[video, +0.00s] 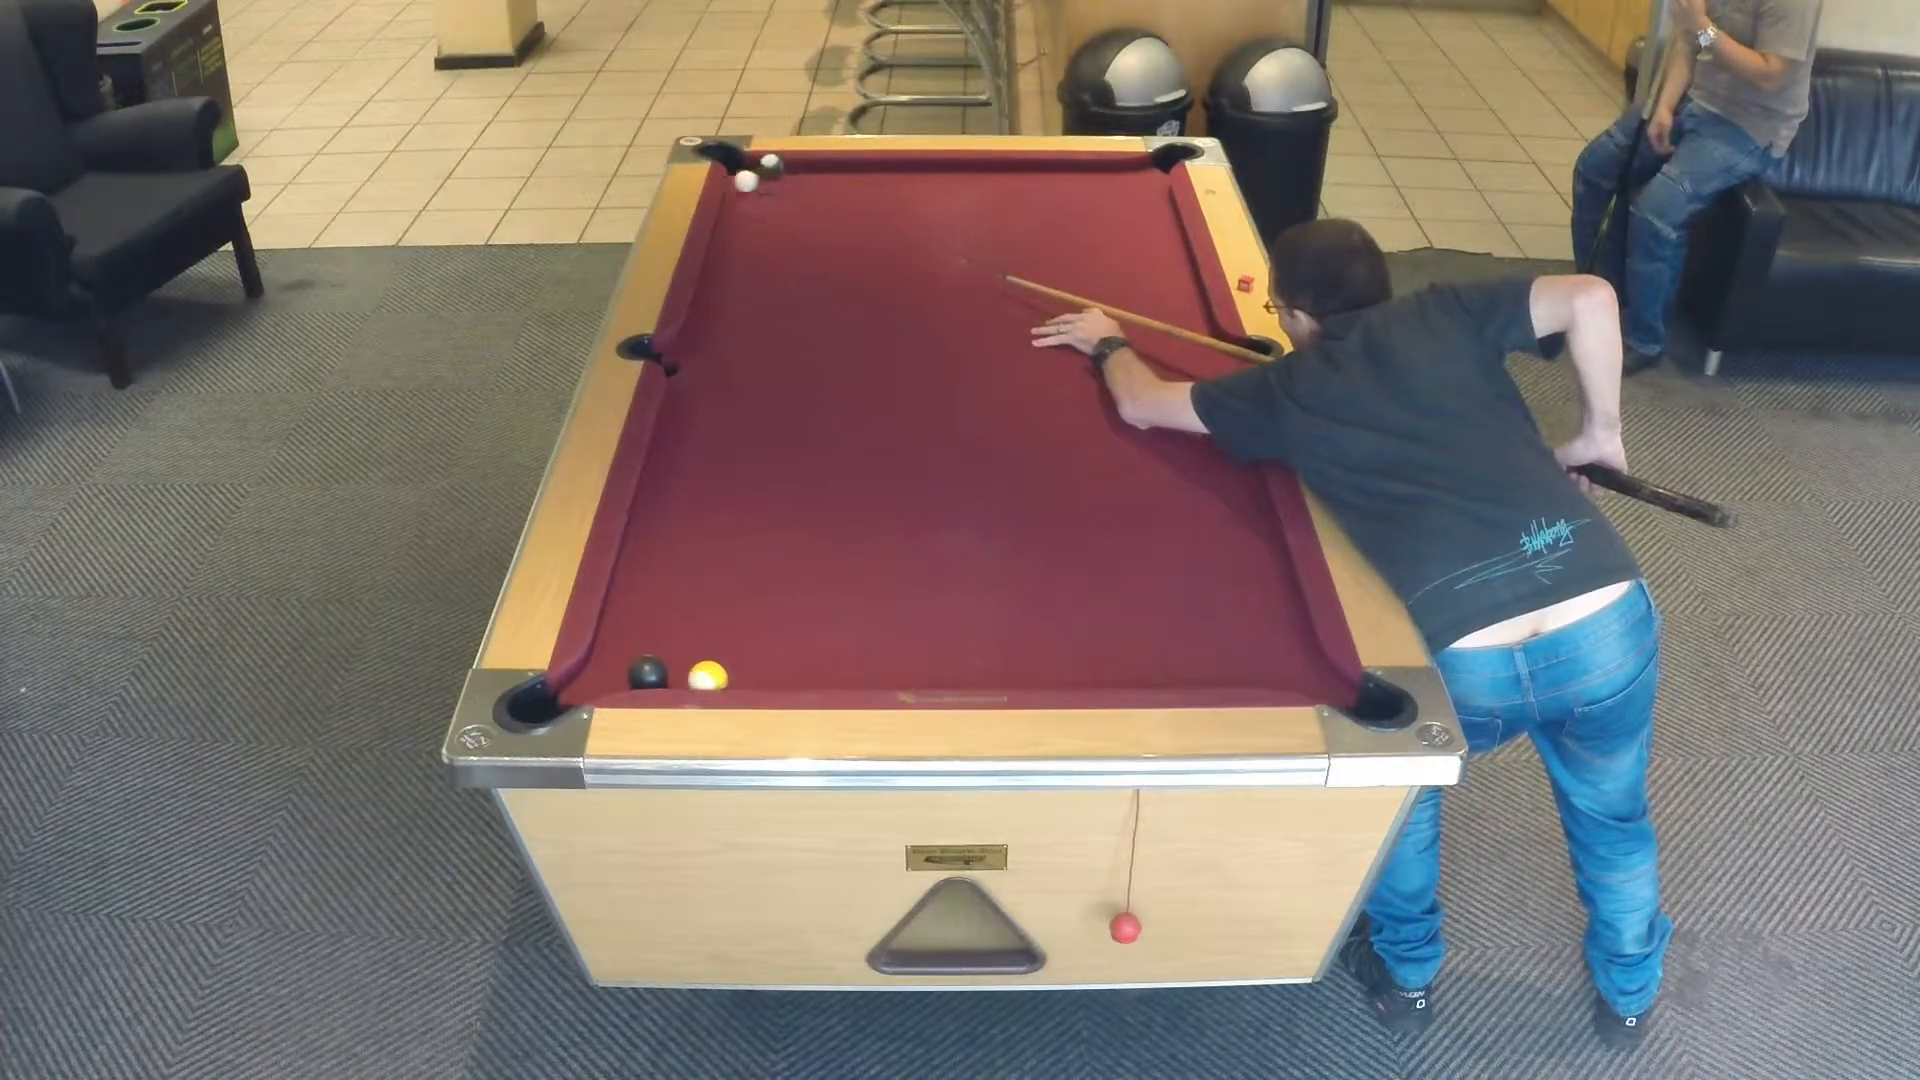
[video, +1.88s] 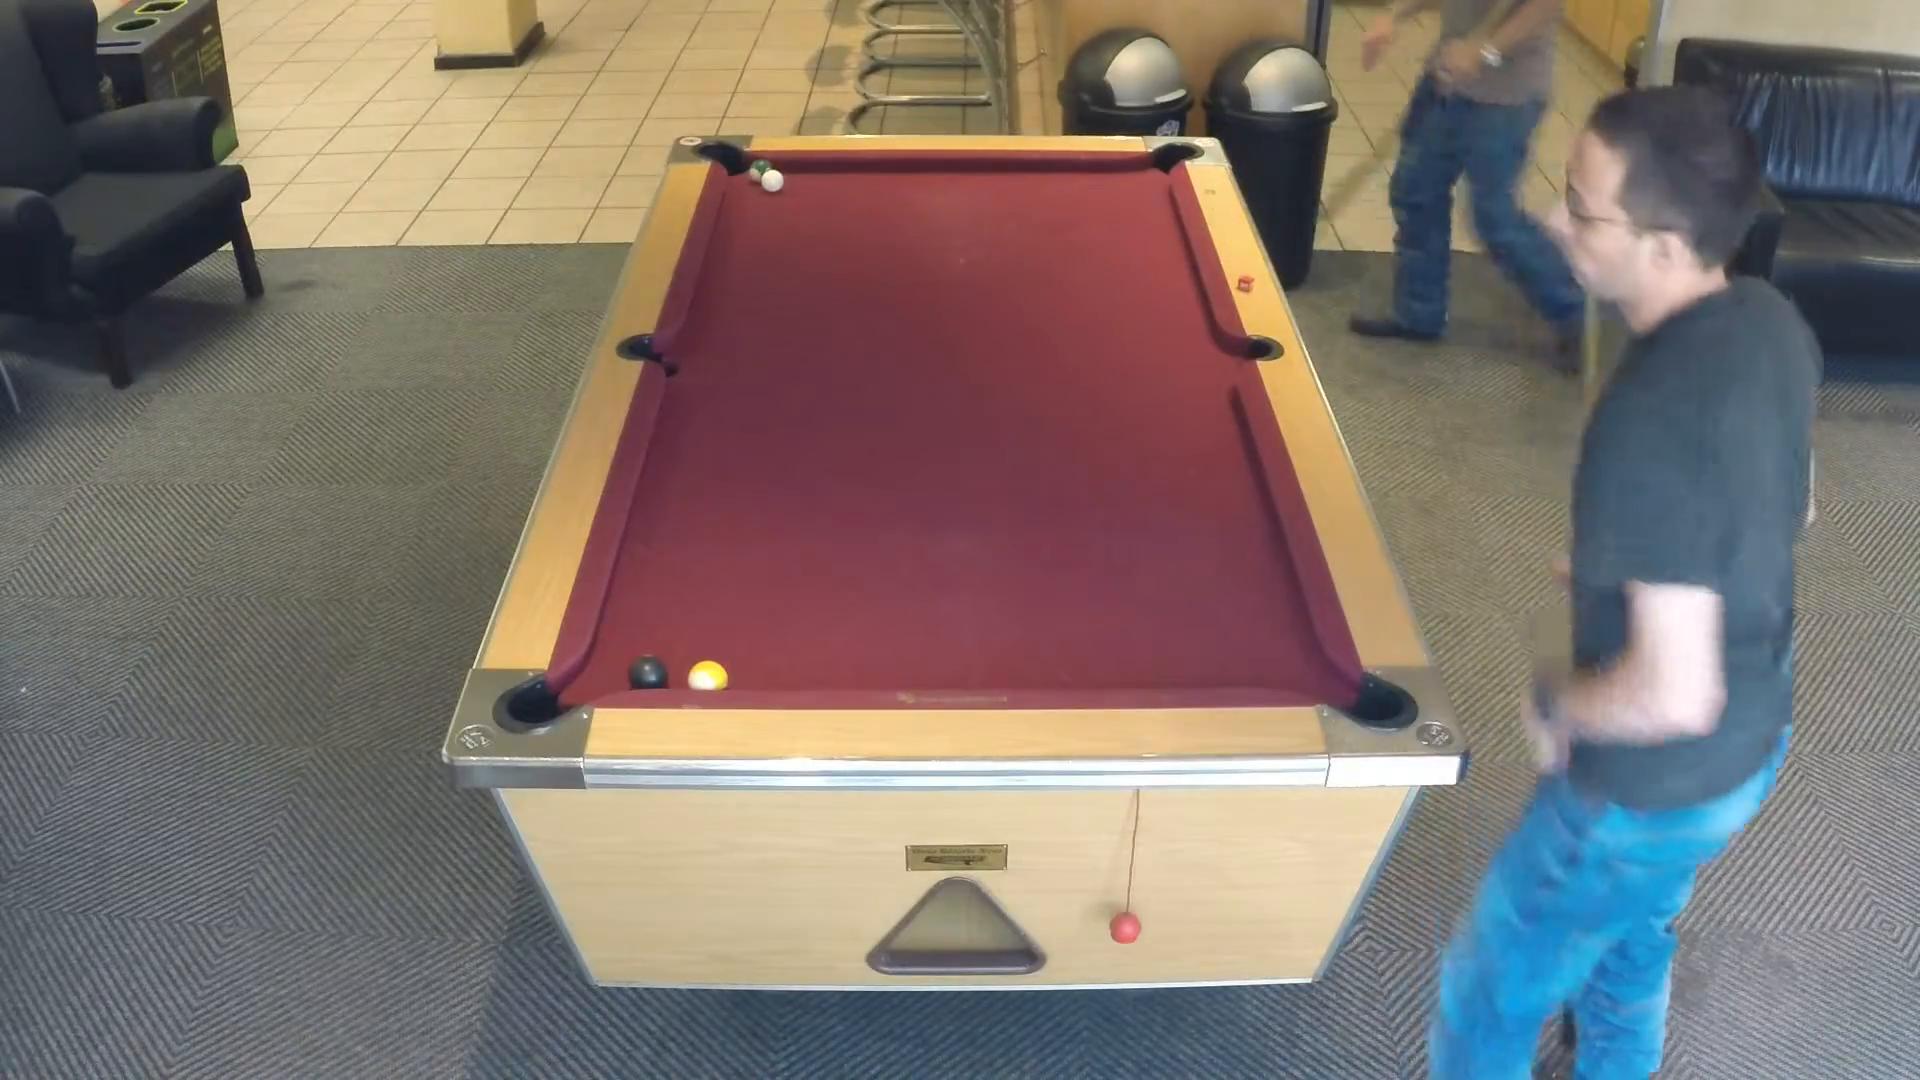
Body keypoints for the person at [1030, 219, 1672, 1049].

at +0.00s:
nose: (1279, 315)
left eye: (1282, 303)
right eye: (1279, 303)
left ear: (1298, 317)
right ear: (1385, 290)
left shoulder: (1286, 390)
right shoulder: (1450, 313)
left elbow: (1141, 399)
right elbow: (1588, 296)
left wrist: (1105, 341)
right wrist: (1602, 428)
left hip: (1469, 661)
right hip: (1606, 623)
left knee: (1394, 762)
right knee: (1615, 819)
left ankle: (1408, 966)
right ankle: (1630, 990)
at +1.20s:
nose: (1341, 189)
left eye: (1346, 175)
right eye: (1346, 171)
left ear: (1370, 194)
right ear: (1463, 180)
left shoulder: (1343, 300)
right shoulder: (1550, 251)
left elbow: (1277, 466)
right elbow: (1702, 385)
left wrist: (1247, 378)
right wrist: (1604, 446)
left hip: (1508, 640)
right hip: (1652, 621)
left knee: (1424, 780)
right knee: (1610, 831)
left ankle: (1404, 966)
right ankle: (1605, 1019)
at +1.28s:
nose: (1370, 167)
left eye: (1376, 154)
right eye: (1374, 150)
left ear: (1398, 176)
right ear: (1494, 163)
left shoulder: (1365, 295)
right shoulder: (1584, 245)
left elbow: (1341, 493)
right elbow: (1719, 394)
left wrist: (1374, 413)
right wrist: (1611, 453)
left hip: (1519, 637)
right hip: (1662, 621)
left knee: (1436, 792)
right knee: (1606, 841)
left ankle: (1403, 973)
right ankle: (1602, 1042)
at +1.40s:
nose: (1419, 149)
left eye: (1430, 138)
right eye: (1426, 132)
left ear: (1464, 166)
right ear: (1548, 147)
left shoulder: (1420, 297)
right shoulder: (1636, 248)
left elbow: (1416, 510)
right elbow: (1743, 423)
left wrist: (1503, 473)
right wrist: (1638, 464)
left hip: (1546, 661)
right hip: (1684, 639)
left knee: (1450, 817)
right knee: (1606, 859)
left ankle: (1402, 969)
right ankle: (1613, 1060)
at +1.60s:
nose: (1504, 176)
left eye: (1521, 161)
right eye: (1510, 155)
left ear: (1582, 182)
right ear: (1638, 176)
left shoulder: (1556, 340)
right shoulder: (1737, 285)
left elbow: (1503, 578)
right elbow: (1753, 454)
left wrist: (1470, 497)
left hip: (1597, 728)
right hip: (1723, 706)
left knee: (1473, 865)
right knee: (1622, 911)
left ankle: (1404, 985)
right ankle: (1612, 1066)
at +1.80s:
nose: (1551, 202)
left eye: (1577, 192)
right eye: (1561, 180)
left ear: (1656, 227)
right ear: (1676, 227)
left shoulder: (1635, 393)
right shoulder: (1771, 312)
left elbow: (1632, 661)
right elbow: (1757, 510)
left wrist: (1539, 622)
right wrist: (1611, 589)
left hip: (1634, 773)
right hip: (1741, 724)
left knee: (1477, 967)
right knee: (1629, 946)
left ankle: (1454, 1069)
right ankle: (1615, 1068)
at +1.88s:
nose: (1556, 222)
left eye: (1581, 213)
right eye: (1566, 200)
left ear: (1664, 247)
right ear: (1686, 249)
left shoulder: (1648, 422)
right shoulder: (1769, 321)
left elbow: (1677, 694)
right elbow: (1792, 511)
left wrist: (1560, 704)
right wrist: (1620, 561)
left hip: (1640, 793)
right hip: (1738, 750)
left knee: (1486, 993)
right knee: (1628, 960)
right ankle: (1614, 1067)